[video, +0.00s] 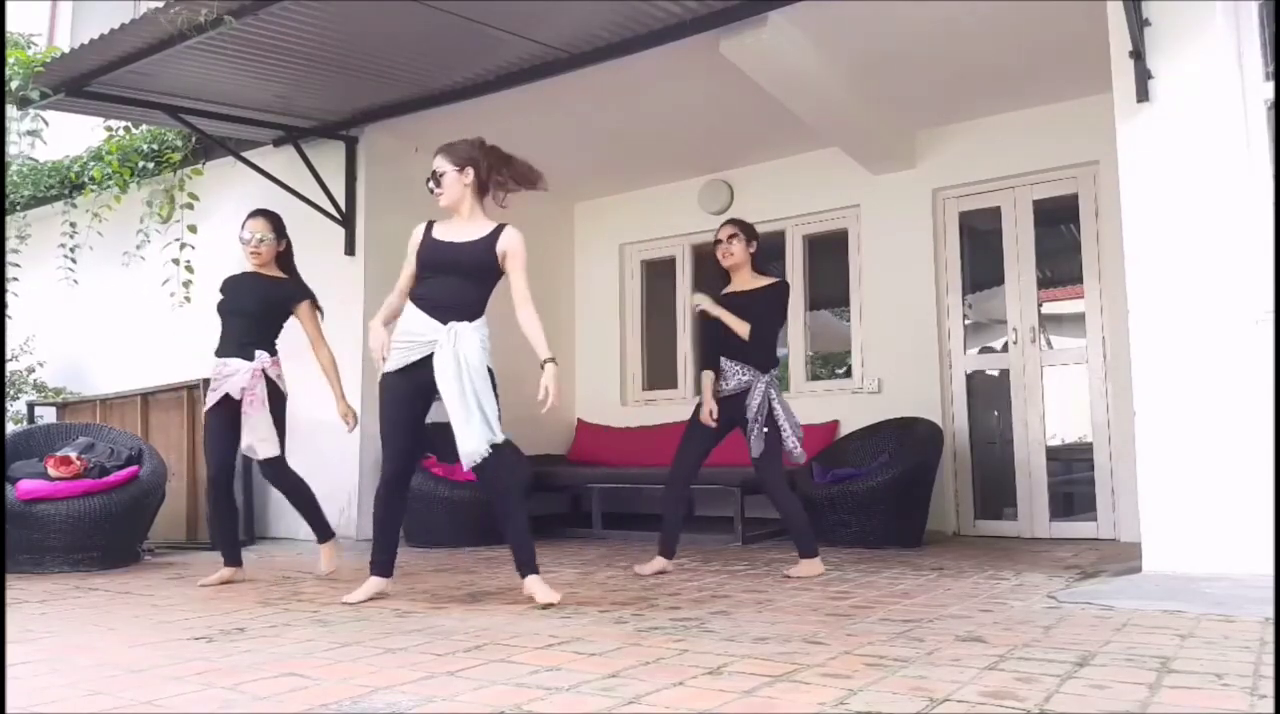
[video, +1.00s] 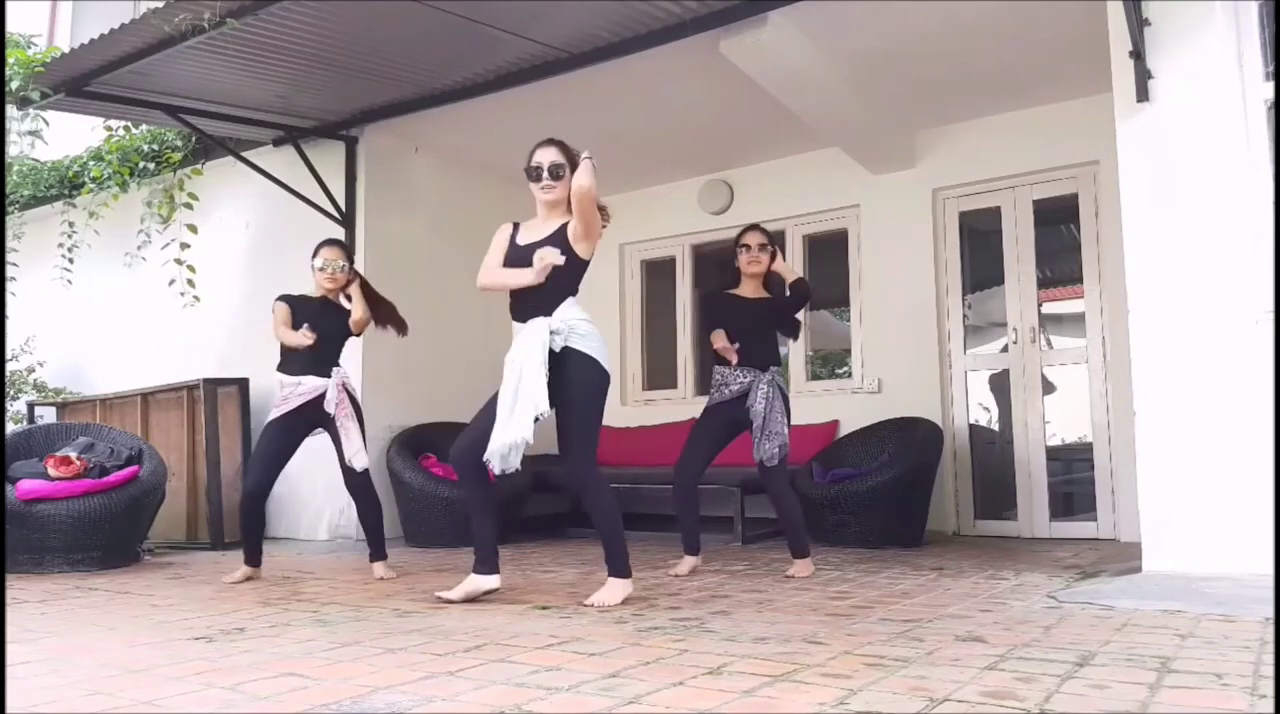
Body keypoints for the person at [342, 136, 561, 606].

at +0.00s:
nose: (431, 185)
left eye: (438, 177)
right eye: (431, 178)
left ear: (467, 175)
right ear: (455, 178)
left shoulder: (504, 238)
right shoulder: (424, 233)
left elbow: (523, 306)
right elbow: (401, 292)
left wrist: (548, 360)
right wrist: (378, 320)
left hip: (465, 354)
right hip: (410, 350)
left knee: (498, 458)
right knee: (395, 465)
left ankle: (529, 575)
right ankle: (379, 574)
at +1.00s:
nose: (546, 178)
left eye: (555, 171)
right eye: (537, 172)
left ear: (572, 179)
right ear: (528, 179)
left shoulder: (581, 230)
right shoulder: (509, 231)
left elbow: (583, 186)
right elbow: (485, 279)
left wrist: (587, 159)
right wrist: (531, 275)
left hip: (575, 355)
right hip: (528, 360)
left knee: (579, 465)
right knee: (467, 452)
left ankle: (620, 576)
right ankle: (485, 571)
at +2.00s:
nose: (548, 185)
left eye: (558, 178)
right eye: (540, 179)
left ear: (573, 186)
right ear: (530, 187)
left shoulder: (585, 238)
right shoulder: (512, 241)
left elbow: (593, 209)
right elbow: (478, 295)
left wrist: (585, 167)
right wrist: (493, 329)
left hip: (575, 360)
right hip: (526, 360)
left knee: (582, 468)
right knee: (456, 455)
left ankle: (629, 578)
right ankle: (478, 568)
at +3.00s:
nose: (543, 184)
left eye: (551, 177)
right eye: (533, 178)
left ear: (566, 183)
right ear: (522, 184)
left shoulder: (579, 235)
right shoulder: (502, 239)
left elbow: (602, 208)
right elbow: (461, 284)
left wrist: (574, 169)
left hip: (562, 356)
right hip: (508, 354)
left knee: (580, 469)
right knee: (473, 463)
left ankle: (619, 573)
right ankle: (464, 569)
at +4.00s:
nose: (536, 171)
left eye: (546, 164)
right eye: (527, 164)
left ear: (560, 175)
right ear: (515, 173)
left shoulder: (573, 228)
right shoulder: (492, 234)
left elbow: (599, 286)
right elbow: (459, 299)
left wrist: (611, 339)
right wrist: (447, 356)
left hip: (560, 352)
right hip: (506, 354)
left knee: (582, 465)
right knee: (482, 462)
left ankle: (616, 576)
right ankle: (482, 576)